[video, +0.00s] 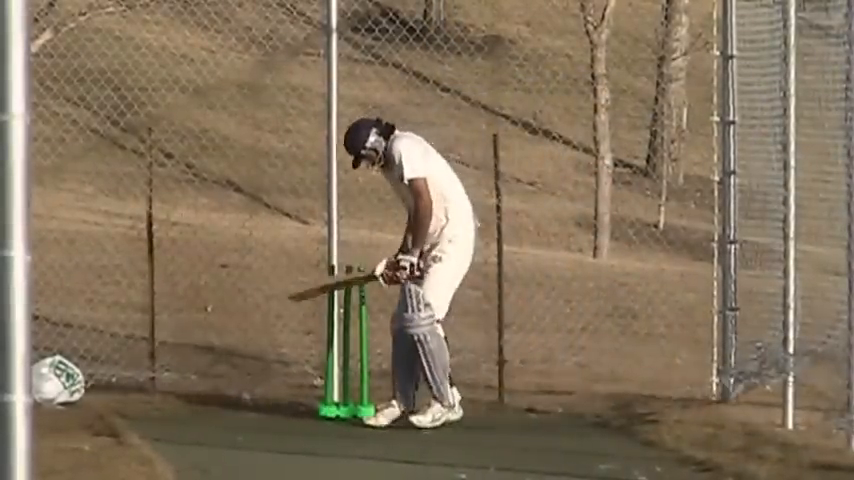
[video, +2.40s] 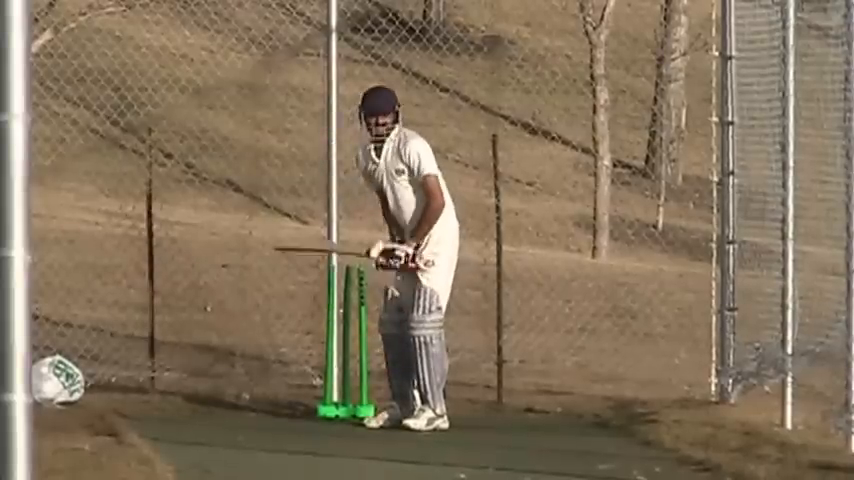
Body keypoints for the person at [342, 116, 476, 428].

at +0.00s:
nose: (368, 163)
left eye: (367, 156)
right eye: (363, 159)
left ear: (376, 143)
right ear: (373, 146)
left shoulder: (404, 149)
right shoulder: (393, 157)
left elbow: (424, 203)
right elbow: (415, 210)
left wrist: (413, 253)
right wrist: (401, 255)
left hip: (451, 239)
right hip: (431, 242)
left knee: (419, 317)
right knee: (403, 321)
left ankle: (446, 401)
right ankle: (403, 402)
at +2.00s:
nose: (349, 172)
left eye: (353, 164)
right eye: (343, 167)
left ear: (366, 152)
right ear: (339, 165)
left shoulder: (390, 168)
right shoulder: (358, 187)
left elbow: (403, 226)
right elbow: (382, 237)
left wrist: (410, 278)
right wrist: (400, 285)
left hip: (446, 243)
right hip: (414, 248)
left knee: (429, 320)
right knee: (393, 323)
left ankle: (435, 409)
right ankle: (404, 403)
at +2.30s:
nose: (375, 128)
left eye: (381, 121)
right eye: (368, 122)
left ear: (392, 119)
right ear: (358, 124)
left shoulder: (409, 149)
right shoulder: (364, 162)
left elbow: (432, 204)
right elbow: (389, 213)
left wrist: (412, 251)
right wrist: (393, 255)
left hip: (436, 242)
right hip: (406, 246)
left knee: (423, 323)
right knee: (393, 324)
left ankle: (434, 409)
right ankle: (404, 404)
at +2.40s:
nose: (379, 124)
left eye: (386, 118)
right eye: (372, 118)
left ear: (397, 117)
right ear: (363, 119)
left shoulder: (412, 146)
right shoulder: (365, 154)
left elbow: (437, 200)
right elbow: (386, 203)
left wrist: (414, 243)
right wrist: (397, 243)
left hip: (436, 240)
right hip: (406, 243)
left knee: (423, 322)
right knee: (392, 322)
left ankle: (434, 408)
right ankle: (404, 403)